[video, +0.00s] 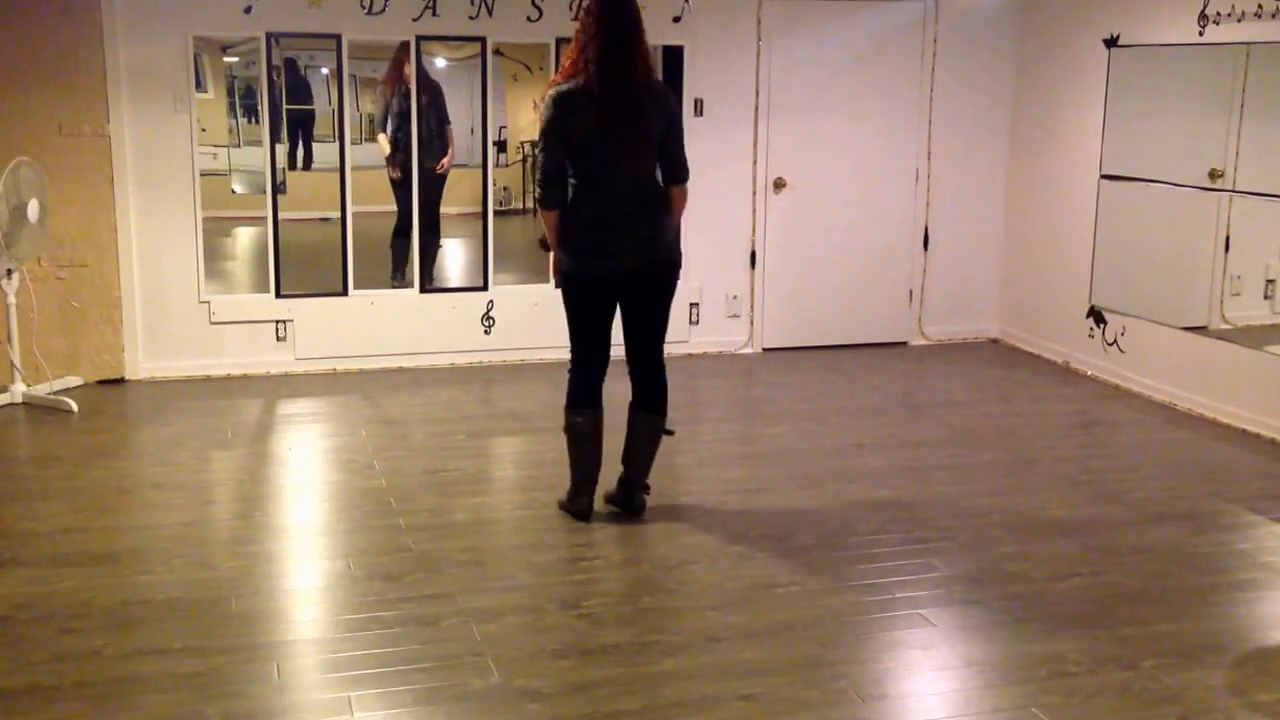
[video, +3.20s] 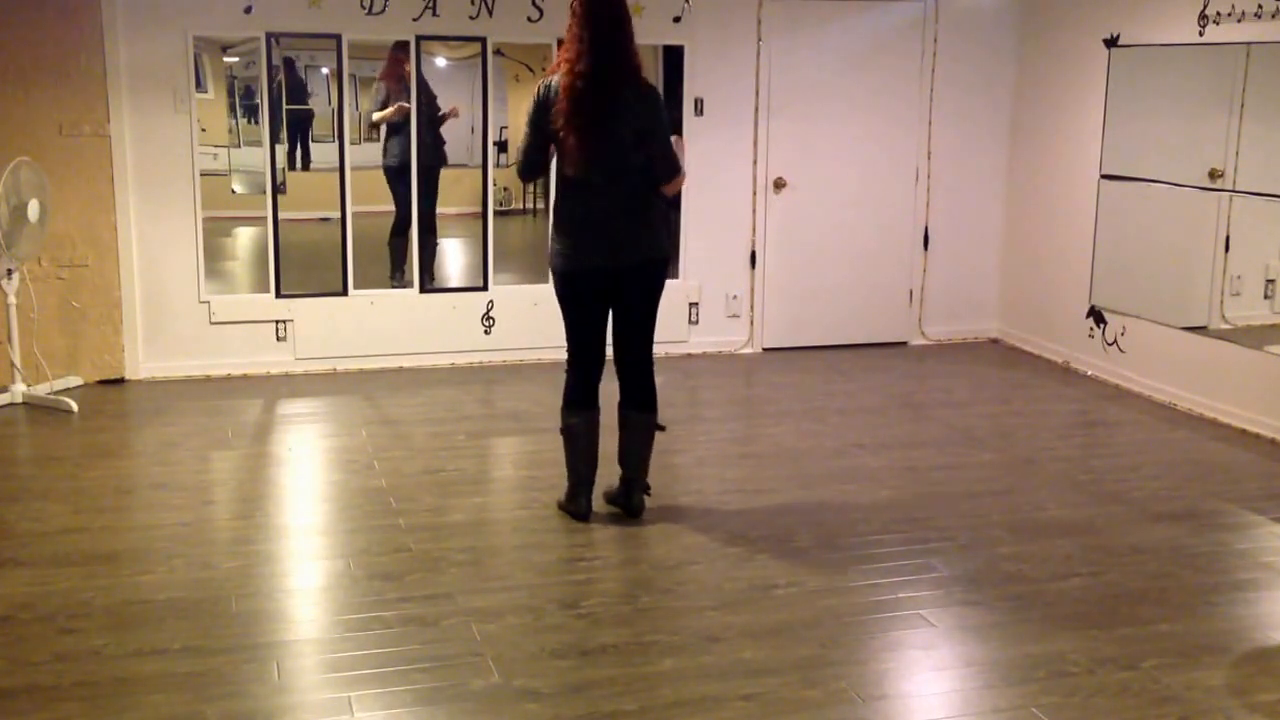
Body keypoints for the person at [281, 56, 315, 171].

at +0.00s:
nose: (284, 70)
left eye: (284, 67)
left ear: (285, 68)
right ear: (296, 66)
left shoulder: (284, 82)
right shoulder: (303, 79)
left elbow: (281, 99)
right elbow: (310, 97)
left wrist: (282, 112)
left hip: (291, 113)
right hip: (307, 112)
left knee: (293, 143)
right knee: (307, 142)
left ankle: (291, 169)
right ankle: (306, 168)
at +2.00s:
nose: (282, 71)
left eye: (282, 68)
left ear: (282, 68)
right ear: (293, 65)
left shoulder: (282, 79)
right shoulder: (300, 78)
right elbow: (308, 94)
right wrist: (304, 101)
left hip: (287, 112)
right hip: (300, 112)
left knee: (288, 143)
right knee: (298, 142)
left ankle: (290, 168)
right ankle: (303, 166)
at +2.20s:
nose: (282, 70)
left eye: (282, 68)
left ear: (283, 67)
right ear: (293, 65)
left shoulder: (282, 79)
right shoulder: (300, 77)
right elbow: (308, 94)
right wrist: (304, 101)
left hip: (287, 112)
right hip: (300, 112)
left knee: (288, 143)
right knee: (298, 142)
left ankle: (290, 168)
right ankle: (303, 166)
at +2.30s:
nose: (283, 70)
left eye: (283, 67)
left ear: (283, 67)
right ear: (294, 66)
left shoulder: (282, 81)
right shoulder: (300, 78)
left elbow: (278, 97)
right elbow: (311, 91)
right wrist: (304, 99)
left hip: (289, 113)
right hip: (303, 112)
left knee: (291, 143)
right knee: (302, 142)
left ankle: (290, 168)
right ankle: (305, 167)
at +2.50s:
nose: (284, 70)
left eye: (283, 67)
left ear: (283, 67)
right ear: (294, 65)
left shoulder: (282, 81)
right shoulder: (300, 77)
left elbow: (278, 96)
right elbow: (311, 91)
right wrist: (304, 98)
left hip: (289, 112)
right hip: (303, 112)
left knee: (291, 143)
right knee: (304, 142)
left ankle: (291, 168)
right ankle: (305, 168)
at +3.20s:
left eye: (283, 67)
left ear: (283, 67)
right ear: (294, 66)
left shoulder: (281, 82)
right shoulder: (300, 80)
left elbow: (278, 100)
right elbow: (305, 96)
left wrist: (280, 115)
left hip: (290, 115)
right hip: (304, 114)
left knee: (292, 145)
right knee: (305, 144)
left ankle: (291, 170)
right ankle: (306, 169)